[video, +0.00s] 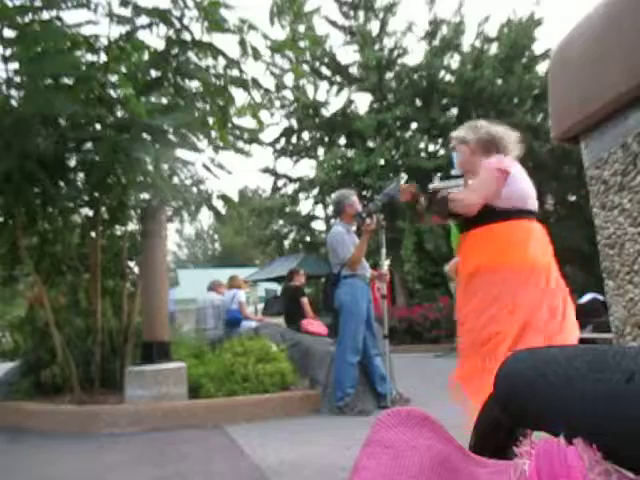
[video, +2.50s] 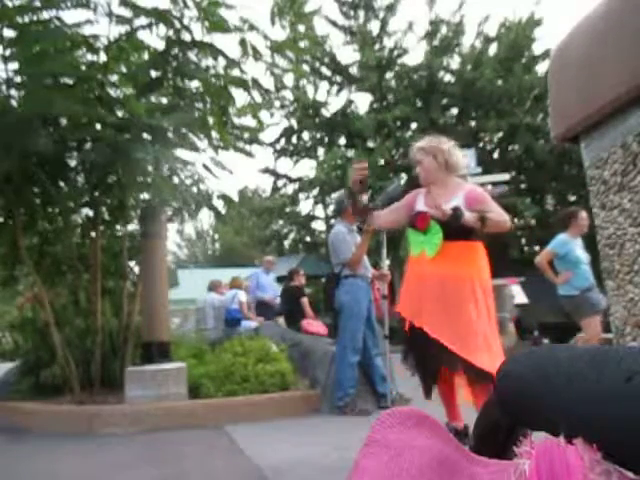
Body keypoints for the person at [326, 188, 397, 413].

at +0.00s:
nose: (360, 206)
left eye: (359, 202)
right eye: (355, 203)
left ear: (349, 208)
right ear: (345, 207)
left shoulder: (350, 233)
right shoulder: (337, 233)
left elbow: (358, 264)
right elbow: (352, 262)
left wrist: (374, 273)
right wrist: (365, 236)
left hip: (362, 284)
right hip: (350, 284)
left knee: (369, 343)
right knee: (350, 344)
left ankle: (386, 393)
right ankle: (344, 397)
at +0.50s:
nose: (360, 206)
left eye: (359, 202)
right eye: (356, 203)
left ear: (350, 207)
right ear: (345, 208)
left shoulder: (352, 233)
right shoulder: (337, 234)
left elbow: (357, 264)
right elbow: (353, 262)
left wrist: (374, 274)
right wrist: (365, 235)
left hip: (363, 284)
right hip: (350, 284)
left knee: (370, 343)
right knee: (351, 343)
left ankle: (385, 393)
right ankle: (343, 398)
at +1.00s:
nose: (361, 207)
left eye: (359, 203)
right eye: (356, 203)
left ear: (351, 207)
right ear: (346, 207)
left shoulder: (352, 233)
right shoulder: (338, 233)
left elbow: (358, 264)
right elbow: (353, 262)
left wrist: (374, 274)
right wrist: (367, 236)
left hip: (363, 284)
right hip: (350, 284)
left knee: (370, 342)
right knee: (351, 342)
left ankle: (384, 392)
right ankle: (344, 397)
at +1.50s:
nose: (361, 206)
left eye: (360, 202)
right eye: (356, 202)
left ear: (351, 207)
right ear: (346, 207)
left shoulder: (352, 232)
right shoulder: (338, 233)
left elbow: (358, 266)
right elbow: (353, 262)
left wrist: (375, 274)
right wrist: (367, 235)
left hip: (363, 285)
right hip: (351, 285)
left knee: (370, 344)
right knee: (351, 344)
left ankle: (386, 392)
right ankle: (344, 398)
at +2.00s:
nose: (361, 207)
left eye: (360, 203)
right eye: (357, 203)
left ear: (353, 207)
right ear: (346, 207)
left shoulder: (353, 232)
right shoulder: (338, 233)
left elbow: (358, 264)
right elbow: (353, 263)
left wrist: (375, 274)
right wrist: (367, 235)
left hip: (364, 284)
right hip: (351, 284)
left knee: (370, 342)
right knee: (351, 343)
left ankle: (383, 393)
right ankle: (344, 398)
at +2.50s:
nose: (361, 211)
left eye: (360, 206)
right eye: (357, 206)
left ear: (349, 209)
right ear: (346, 209)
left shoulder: (352, 232)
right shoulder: (339, 233)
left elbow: (358, 266)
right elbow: (352, 262)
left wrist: (375, 274)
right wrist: (367, 235)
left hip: (363, 284)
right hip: (350, 284)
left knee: (370, 343)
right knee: (350, 344)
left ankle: (385, 393)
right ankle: (344, 398)